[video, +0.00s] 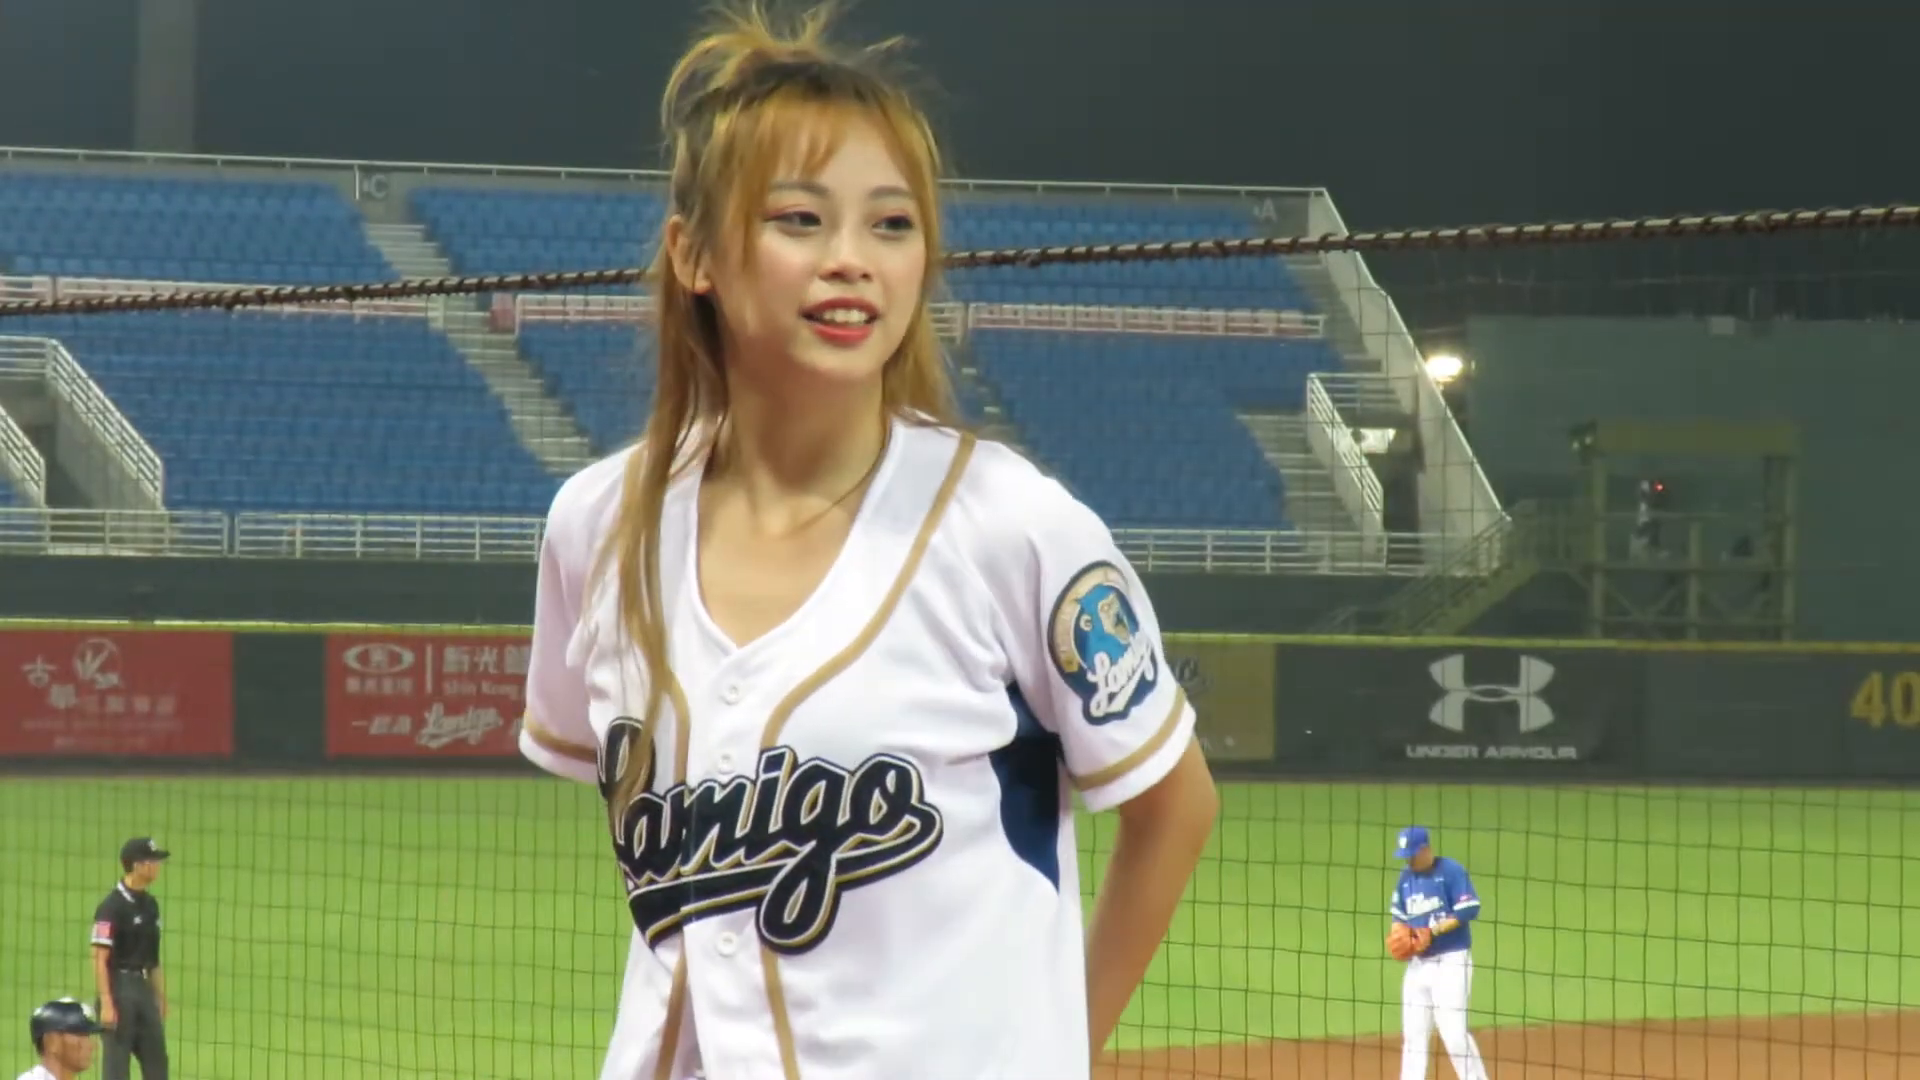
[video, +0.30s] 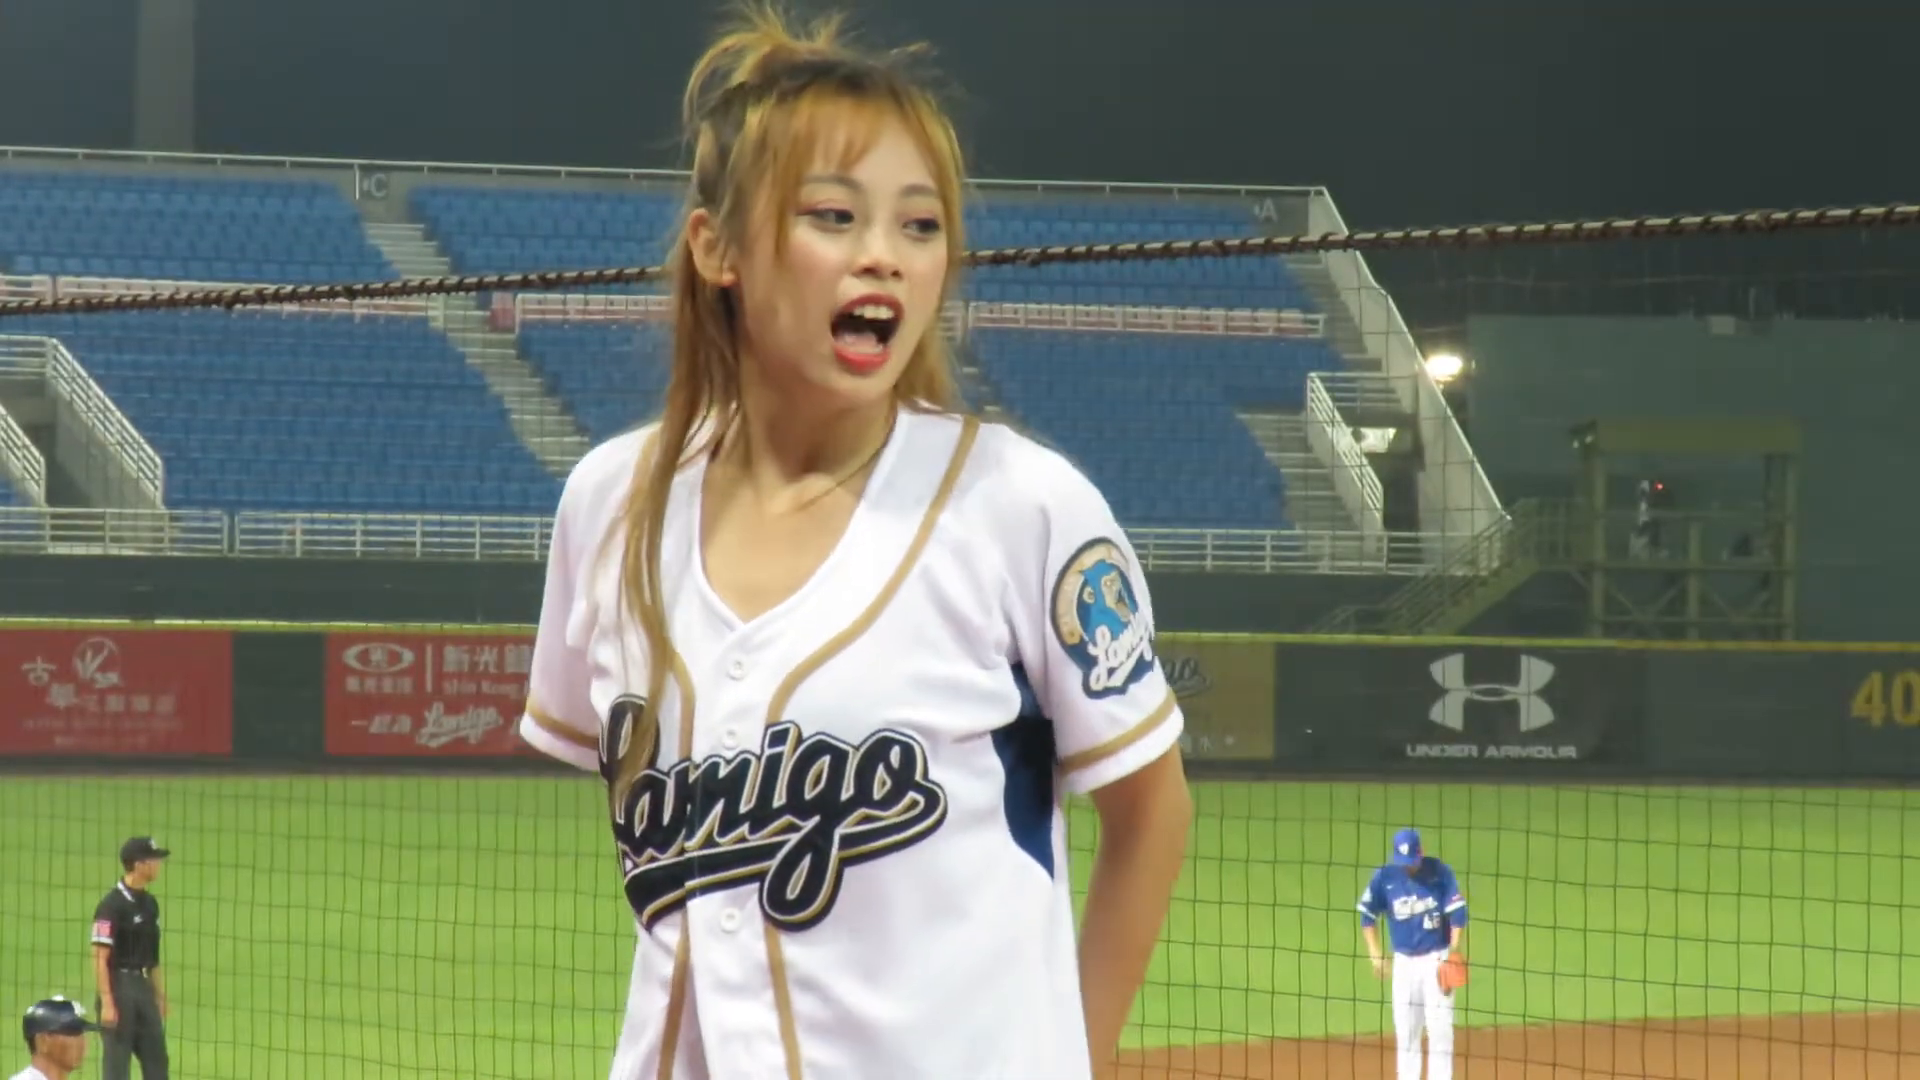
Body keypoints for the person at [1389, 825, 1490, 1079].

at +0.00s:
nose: (1409, 862)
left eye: (1412, 856)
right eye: (1406, 857)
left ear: (1426, 850)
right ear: (1404, 855)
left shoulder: (1450, 870)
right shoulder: (1406, 878)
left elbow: (1470, 909)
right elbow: (1398, 917)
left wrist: (1432, 931)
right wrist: (1399, 937)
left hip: (1451, 961)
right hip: (1419, 962)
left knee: (1453, 1034)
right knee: (1414, 1037)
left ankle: (1477, 1077)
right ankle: (1411, 1078)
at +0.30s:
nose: (1408, 867)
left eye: (1412, 861)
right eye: (1404, 862)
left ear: (1421, 854)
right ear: (1396, 857)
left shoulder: (1439, 871)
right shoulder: (1384, 877)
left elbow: (1458, 912)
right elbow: (1366, 914)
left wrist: (1454, 953)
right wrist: (1376, 955)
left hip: (1437, 959)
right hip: (1404, 962)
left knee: (1440, 1032)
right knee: (1406, 1033)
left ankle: (1441, 1076)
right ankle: (1407, 1076)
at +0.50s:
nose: (1416, 870)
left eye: (1420, 865)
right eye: (1411, 865)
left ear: (1428, 857)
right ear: (1402, 858)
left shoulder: (1441, 875)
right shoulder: (1387, 876)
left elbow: (1460, 916)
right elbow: (1371, 914)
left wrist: (1464, 959)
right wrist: (1374, 955)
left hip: (1434, 963)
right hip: (1399, 963)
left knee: (1428, 1028)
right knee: (1400, 1027)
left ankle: (1427, 1075)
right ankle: (1402, 1075)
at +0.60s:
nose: (1423, 868)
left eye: (1428, 863)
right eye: (1418, 863)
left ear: (1436, 858)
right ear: (1410, 856)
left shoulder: (1448, 877)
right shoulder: (1391, 874)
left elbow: (1464, 920)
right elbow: (1376, 913)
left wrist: (1466, 963)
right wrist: (1379, 952)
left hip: (1433, 962)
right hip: (1398, 961)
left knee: (1429, 1026)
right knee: (1395, 1027)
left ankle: (1427, 1075)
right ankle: (1400, 1075)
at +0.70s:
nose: (1427, 868)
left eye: (1433, 864)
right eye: (1423, 863)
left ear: (1441, 859)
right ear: (1416, 856)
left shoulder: (1453, 880)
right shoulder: (1395, 874)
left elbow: (1466, 924)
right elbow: (1380, 913)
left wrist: (1466, 965)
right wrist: (1385, 953)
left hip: (1434, 964)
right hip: (1399, 962)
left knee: (1429, 1029)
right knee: (1385, 1025)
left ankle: (1427, 1076)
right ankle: (1394, 1076)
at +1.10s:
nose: (1441, 872)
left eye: (1447, 868)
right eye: (1438, 866)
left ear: (1454, 863)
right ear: (1428, 855)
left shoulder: (1459, 881)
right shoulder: (1403, 872)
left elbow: (1474, 921)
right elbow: (1380, 906)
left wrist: (1477, 962)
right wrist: (1391, 938)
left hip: (1438, 966)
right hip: (1402, 962)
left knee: (1431, 1039)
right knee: (1391, 1034)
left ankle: (1427, 1077)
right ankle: (1376, 1076)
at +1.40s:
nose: (1438, 875)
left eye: (1443, 871)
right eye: (1435, 870)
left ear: (1448, 865)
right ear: (1422, 859)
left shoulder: (1454, 883)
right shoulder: (1397, 876)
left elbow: (1474, 919)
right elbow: (1376, 915)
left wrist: (1480, 953)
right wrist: (1388, 950)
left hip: (1437, 968)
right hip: (1404, 965)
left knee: (1432, 1040)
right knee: (1406, 1038)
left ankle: (1428, 1076)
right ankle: (1404, 1076)